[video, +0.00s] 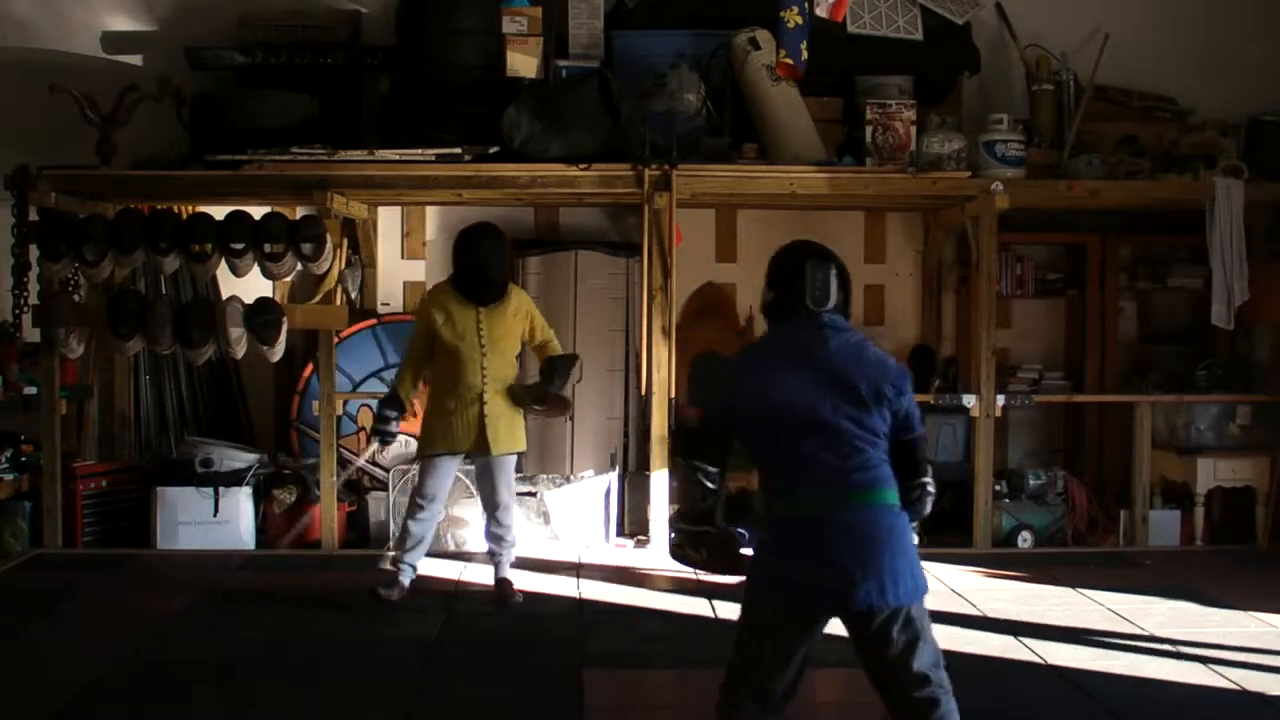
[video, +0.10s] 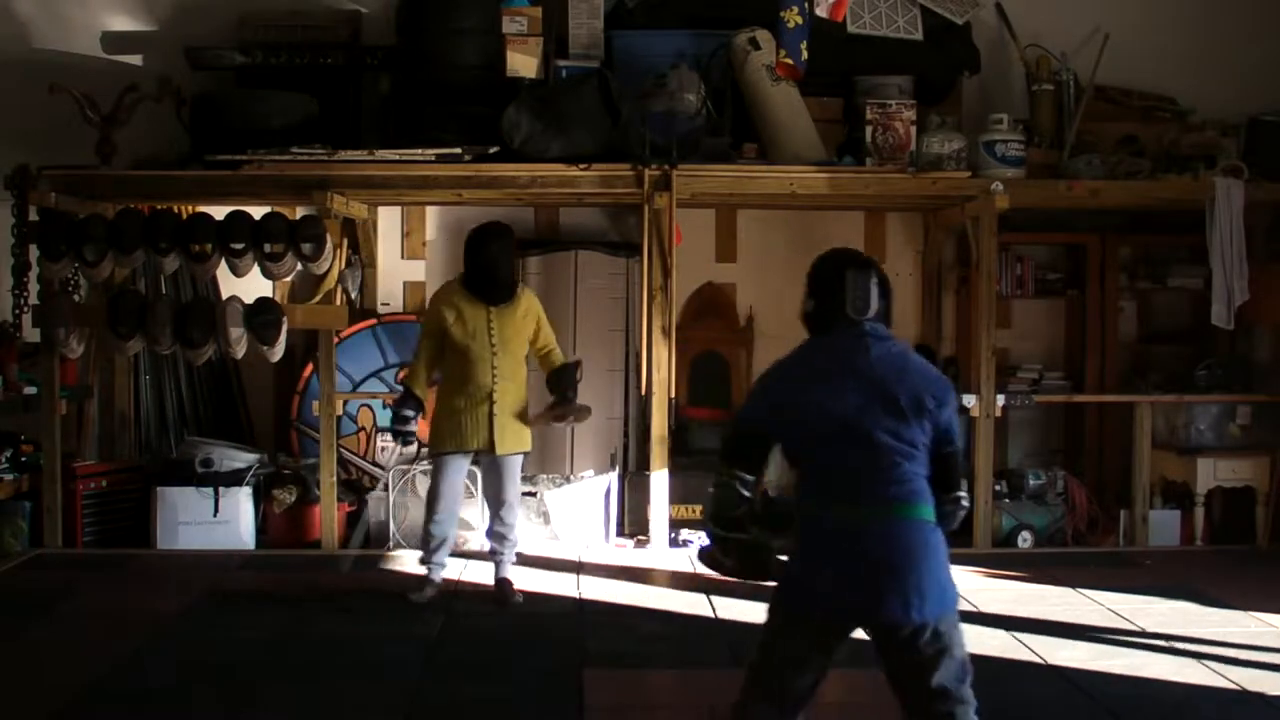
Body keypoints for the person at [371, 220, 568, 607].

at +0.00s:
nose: (485, 275)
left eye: (492, 266)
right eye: (478, 266)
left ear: (502, 265)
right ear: (462, 264)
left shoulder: (517, 303)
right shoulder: (438, 301)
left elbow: (546, 342)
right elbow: (415, 360)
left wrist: (553, 377)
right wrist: (393, 406)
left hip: (500, 421)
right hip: (448, 420)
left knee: (502, 504)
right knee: (426, 498)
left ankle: (503, 575)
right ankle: (402, 574)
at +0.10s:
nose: (498, 270)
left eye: (504, 262)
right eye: (490, 261)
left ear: (513, 263)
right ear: (474, 261)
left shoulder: (527, 304)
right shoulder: (447, 301)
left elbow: (548, 350)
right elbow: (426, 358)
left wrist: (562, 382)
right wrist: (410, 402)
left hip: (507, 423)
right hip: (455, 421)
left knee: (506, 506)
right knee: (441, 505)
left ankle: (504, 576)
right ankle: (433, 576)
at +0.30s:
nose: (524, 266)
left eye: (526, 258)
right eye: (515, 258)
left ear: (529, 260)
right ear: (491, 260)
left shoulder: (536, 304)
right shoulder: (460, 299)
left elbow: (553, 357)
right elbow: (434, 351)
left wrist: (574, 409)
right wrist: (425, 399)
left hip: (519, 420)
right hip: (471, 420)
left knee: (512, 500)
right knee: (471, 499)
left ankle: (504, 572)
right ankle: (484, 559)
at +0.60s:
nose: (526, 268)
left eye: (529, 259)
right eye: (516, 260)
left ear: (533, 262)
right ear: (495, 262)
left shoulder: (541, 304)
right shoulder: (468, 300)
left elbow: (553, 359)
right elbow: (442, 353)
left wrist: (561, 407)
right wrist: (464, 363)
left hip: (527, 417)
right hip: (479, 417)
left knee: (518, 496)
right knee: (480, 496)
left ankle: (507, 571)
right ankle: (491, 548)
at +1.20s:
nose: (517, 269)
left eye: (524, 259)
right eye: (509, 260)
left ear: (534, 259)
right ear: (493, 262)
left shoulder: (552, 298)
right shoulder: (479, 302)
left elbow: (571, 348)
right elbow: (462, 359)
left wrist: (587, 392)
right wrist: (490, 344)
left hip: (542, 412)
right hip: (496, 414)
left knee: (541, 488)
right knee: (498, 491)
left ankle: (543, 567)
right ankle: (503, 565)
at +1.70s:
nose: (570, 270)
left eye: (574, 262)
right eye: (560, 262)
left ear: (580, 263)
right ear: (543, 265)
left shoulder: (592, 300)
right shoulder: (523, 302)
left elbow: (609, 353)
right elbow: (506, 362)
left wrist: (623, 393)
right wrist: (544, 345)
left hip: (588, 417)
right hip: (542, 420)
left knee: (587, 499)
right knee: (526, 498)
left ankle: (586, 570)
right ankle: (511, 566)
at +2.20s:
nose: (609, 265)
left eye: (609, 256)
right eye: (600, 258)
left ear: (613, 259)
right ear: (577, 262)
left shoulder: (622, 302)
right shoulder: (557, 303)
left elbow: (636, 355)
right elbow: (536, 360)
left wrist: (646, 380)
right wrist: (575, 342)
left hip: (618, 416)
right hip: (578, 417)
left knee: (605, 498)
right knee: (580, 495)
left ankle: (587, 571)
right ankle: (567, 576)